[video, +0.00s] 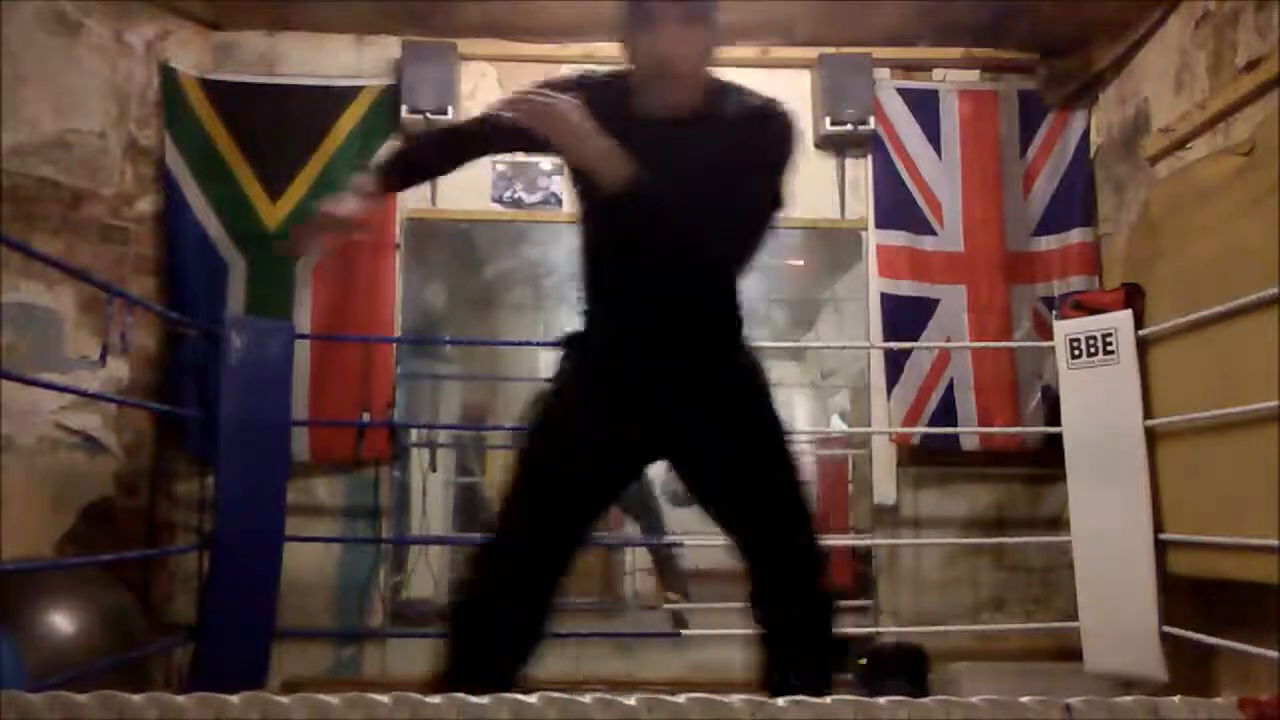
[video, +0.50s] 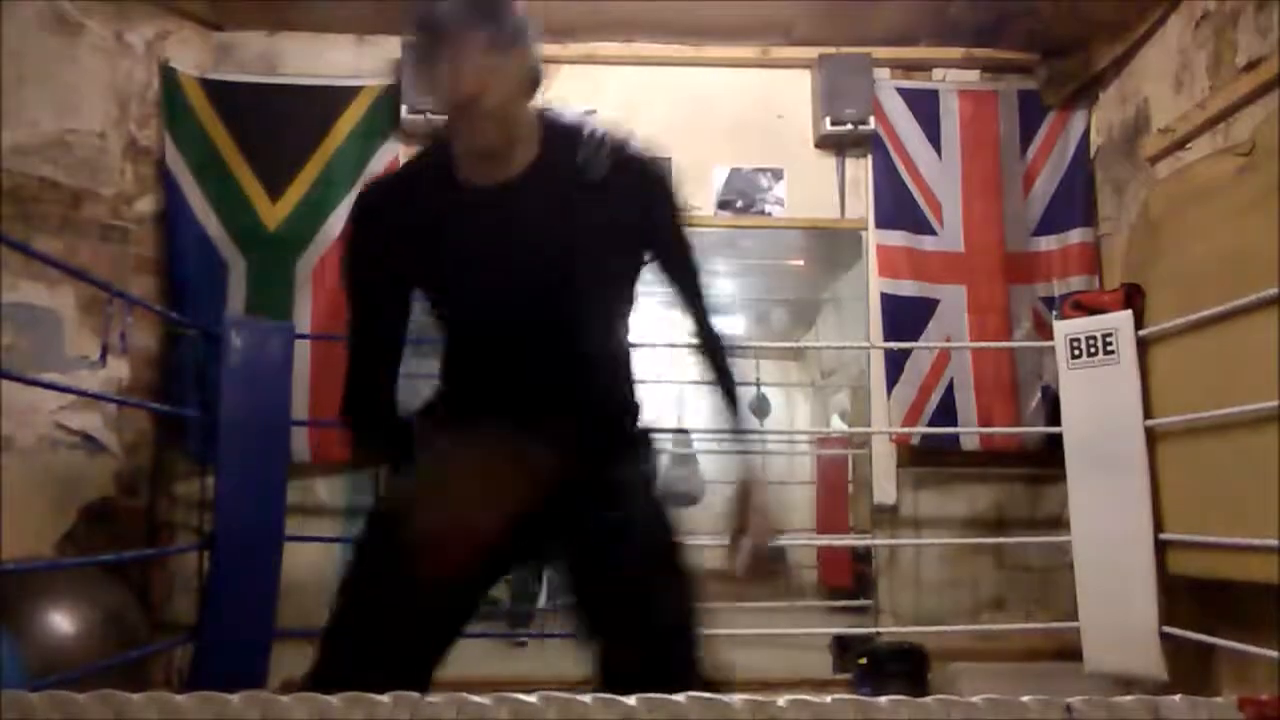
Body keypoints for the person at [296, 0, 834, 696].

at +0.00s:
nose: (662, 43)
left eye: (683, 24)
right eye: (647, 24)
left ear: (711, 34)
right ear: (626, 35)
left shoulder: (756, 127)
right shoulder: (589, 105)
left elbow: (714, 247)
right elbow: (474, 138)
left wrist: (604, 162)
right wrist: (370, 187)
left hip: (711, 381)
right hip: (606, 380)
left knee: (790, 566)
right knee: (520, 560)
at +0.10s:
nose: (595, 45)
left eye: (615, 26)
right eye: (579, 26)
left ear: (641, 39)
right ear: (555, 38)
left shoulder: (687, 148)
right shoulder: (520, 125)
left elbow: (654, 285)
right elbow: (413, 184)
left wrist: (516, 168)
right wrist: (313, 226)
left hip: (644, 410)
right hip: (537, 406)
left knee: (708, 618)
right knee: (446, 603)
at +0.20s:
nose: (507, 99)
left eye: (528, 76)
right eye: (490, 77)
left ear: (560, 84)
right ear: (470, 90)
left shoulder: (629, 205)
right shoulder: (436, 194)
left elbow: (608, 353)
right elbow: (350, 289)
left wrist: (483, 317)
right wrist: (253, 344)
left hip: (598, 466)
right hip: (484, 454)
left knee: (605, 691)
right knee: (381, 664)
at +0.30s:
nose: (444, 130)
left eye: (467, 104)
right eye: (423, 109)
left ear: (504, 112)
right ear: (401, 124)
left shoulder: (591, 226)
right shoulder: (393, 231)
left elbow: (597, 425)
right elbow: (338, 382)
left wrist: (473, 499)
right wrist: (227, 482)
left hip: (573, 483)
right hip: (455, 470)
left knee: (552, 708)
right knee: (346, 687)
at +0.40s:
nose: (434, 126)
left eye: (456, 99)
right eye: (409, 102)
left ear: (492, 106)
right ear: (388, 122)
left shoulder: (594, 228)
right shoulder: (374, 244)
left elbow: (629, 408)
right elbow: (353, 419)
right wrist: (279, 565)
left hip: (567, 491)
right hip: (440, 487)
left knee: (573, 711)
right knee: (336, 700)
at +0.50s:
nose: (465, 80)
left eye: (489, 53)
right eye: (447, 55)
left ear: (529, 64)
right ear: (427, 72)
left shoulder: (618, 179)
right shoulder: (395, 207)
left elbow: (703, 326)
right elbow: (368, 397)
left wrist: (749, 469)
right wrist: (412, 476)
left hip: (599, 465)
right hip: (462, 460)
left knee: (662, 694)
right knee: (351, 690)